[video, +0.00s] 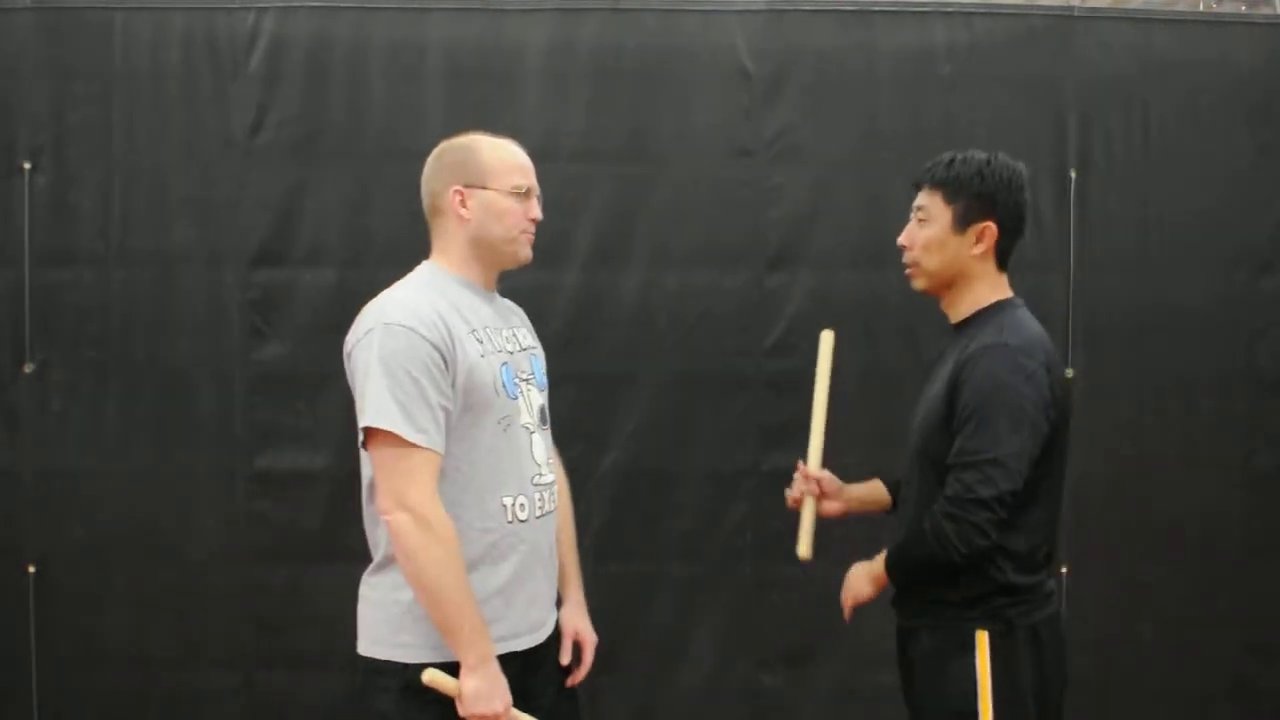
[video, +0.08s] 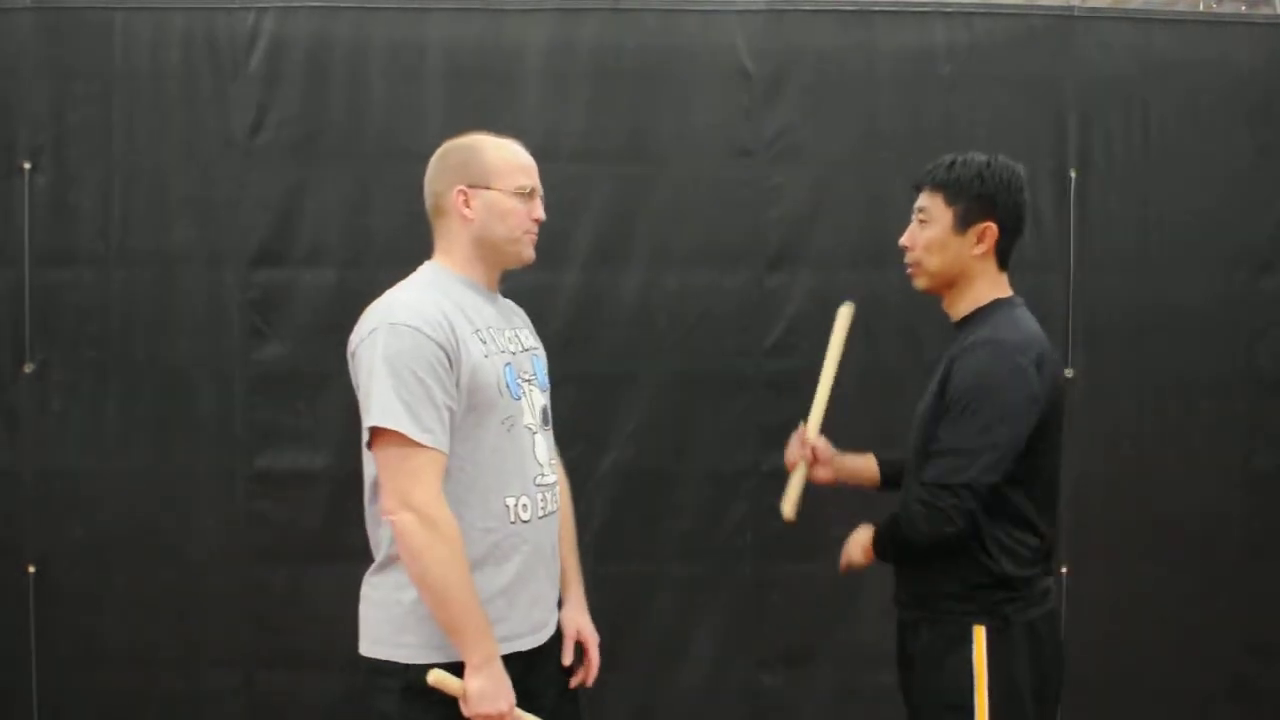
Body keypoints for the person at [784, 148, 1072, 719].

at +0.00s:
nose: (902, 239)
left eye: (921, 220)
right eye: (909, 220)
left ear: (981, 238)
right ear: (978, 240)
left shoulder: (1005, 354)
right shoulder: (977, 344)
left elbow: (970, 520)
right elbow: (943, 478)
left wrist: (882, 569)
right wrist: (849, 497)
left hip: (986, 640)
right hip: (959, 633)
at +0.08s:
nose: (905, 240)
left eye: (923, 222)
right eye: (911, 221)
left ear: (982, 238)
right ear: (978, 240)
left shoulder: (1001, 352)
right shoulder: (982, 342)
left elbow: (943, 513)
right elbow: (941, 470)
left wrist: (877, 537)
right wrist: (843, 467)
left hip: (983, 637)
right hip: (961, 630)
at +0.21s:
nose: (907, 243)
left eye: (923, 226)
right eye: (912, 225)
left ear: (981, 240)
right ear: (978, 243)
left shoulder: (990, 350)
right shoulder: (992, 336)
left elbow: (886, 492)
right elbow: (930, 438)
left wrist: (868, 482)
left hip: (975, 624)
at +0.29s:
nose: (903, 245)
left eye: (921, 227)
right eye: (909, 227)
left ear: (977, 240)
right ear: (973, 241)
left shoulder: (975, 347)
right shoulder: (1002, 331)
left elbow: (868, 476)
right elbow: (920, 417)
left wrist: (909, 442)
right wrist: (857, 344)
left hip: (971, 615)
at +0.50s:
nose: (904, 246)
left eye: (918, 230)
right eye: (908, 229)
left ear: (974, 242)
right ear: (970, 245)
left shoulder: (967, 352)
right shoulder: (1001, 334)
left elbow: (860, 469)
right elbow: (873, 388)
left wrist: (886, 414)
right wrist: (875, 279)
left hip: (964, 620)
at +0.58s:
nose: (899, 246)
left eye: (916, 230)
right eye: (905, 229)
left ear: (973, 244)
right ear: (966, 245)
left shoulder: (978, 355)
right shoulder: (970, 339)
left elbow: (863, 479)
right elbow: (848, 379)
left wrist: (871, 430)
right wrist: (854, 270)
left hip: (963, 629)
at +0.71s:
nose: (895, 247)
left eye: (912, 228)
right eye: (900, 228)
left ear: (971, 244)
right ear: (966, 246)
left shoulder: (998, 363)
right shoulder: (934, 352)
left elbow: (878, 492)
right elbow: (806, 378)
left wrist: (855, 445)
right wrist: (792, 265)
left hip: (968, 650)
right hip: (919, 642)